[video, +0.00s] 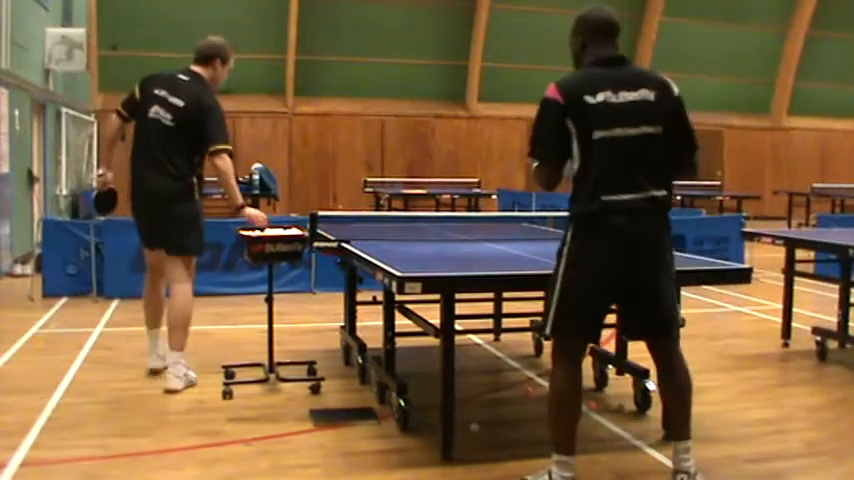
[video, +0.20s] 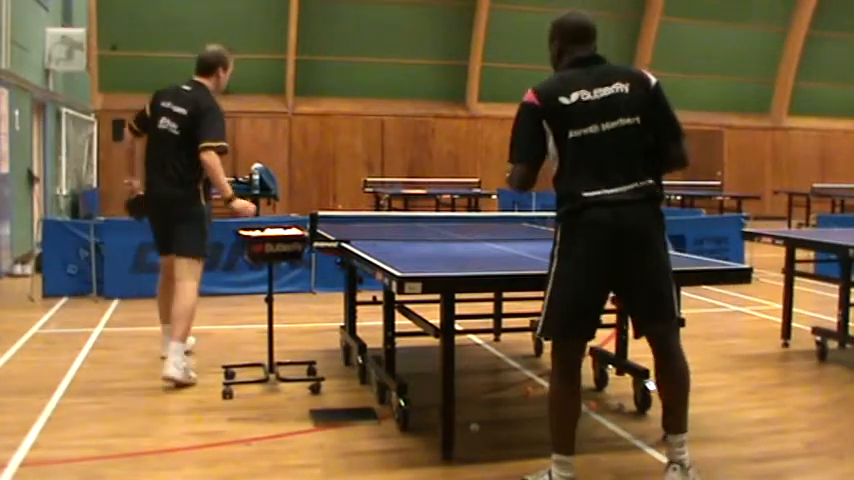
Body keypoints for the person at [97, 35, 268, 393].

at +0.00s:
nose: (226, 76)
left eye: (227, 70)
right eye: (227, 69)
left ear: (196, 59)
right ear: (217, 65)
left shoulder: (155, 81)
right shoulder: (206, 101)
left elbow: (117, 121)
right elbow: (220, 159)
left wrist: (106, 167)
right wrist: (241, 206)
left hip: (142, 192)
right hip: (177, 195)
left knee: (155, 270)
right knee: (180, 277)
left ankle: (156, 355)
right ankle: (177, 367)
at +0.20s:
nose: (228, 79)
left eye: (228, 73)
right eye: (229, 73)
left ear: (198, 68)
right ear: (220, 72)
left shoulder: (165, 95)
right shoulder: (208, 106)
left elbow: (135, 130)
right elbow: (208, 156)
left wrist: (136, 177)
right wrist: (231, 198)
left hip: (156, 196)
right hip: (186, 199)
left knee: (169, 272)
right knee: (188, 279)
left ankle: (171, 340)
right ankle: (175, 357)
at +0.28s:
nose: (229, 79)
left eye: (228, 73)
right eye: (229, 73)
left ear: (200, 68)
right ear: (221, 72)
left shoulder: (169, 94)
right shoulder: (209, 105)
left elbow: (145, 130)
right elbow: (201, 151)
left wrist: (173, 147)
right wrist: (220, 194)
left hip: (159, 194)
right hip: (188, 196)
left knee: (174, 266)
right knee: (202, 275)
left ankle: (172, 336)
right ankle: (177, 337)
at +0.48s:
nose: (235, 72)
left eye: (234, 66)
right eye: (235, 66)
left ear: (208, 63)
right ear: (227, 66)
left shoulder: (187, 90)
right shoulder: (212, 97)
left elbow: (183, 145)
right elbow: (199, 146)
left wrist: (225, 168)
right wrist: (215, 187)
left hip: (174, 189)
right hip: (199, 191)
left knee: (178, 260)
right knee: (229, 257)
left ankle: (173, 336)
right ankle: (205, 329)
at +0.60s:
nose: (245, 75)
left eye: (245, 69)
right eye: (244, 69)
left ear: (220, 68)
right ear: (236, 70)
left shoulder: (203, 95)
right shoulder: (219, 102)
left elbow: (213, 141)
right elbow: (203, 148)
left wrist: (238, 158)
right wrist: (226, 186)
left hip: (188, 190)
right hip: (210, 191)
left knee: (185, 261)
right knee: (233, 256)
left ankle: (173, 334)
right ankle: (240, 324)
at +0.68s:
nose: (253, 79)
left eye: (253, 73)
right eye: (252, 73)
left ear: (229, 73)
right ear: (242, 75)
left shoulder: (214, 99)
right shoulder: (227, 107)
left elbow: (221, 142)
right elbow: (209, 153)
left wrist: (247, 156)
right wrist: (235, 187)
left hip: (197, 192)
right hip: (219, 194)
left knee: (194, 262)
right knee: (240, 257)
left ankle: (174, 331)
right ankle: (245, 322)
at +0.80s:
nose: (267, 84)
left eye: (266, 78)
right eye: (263, 78)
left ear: (245, 81)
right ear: (249, 80)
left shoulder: (230, 104)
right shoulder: (237, 112)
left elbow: (235, 146)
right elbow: (220, 158)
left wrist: (260, 156)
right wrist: (248, 187)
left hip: (215, 193)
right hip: (233, 195)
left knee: (222, 259)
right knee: (257, 254)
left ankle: (189, 308)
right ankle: (247, 323)